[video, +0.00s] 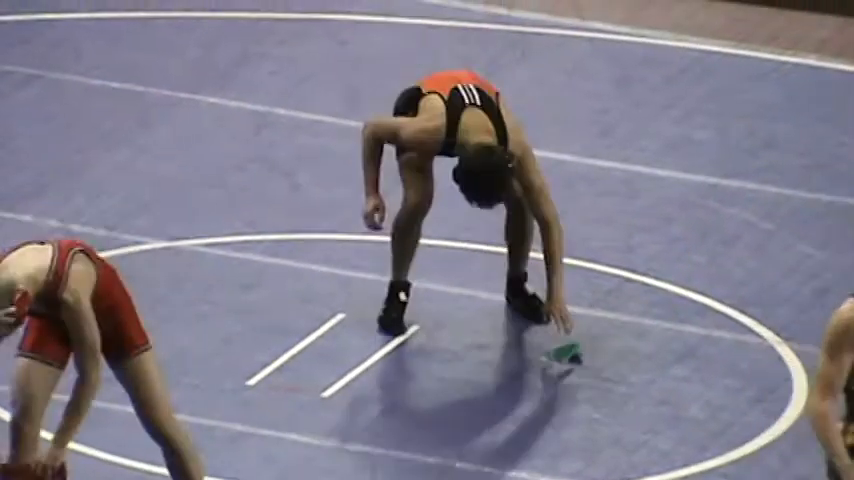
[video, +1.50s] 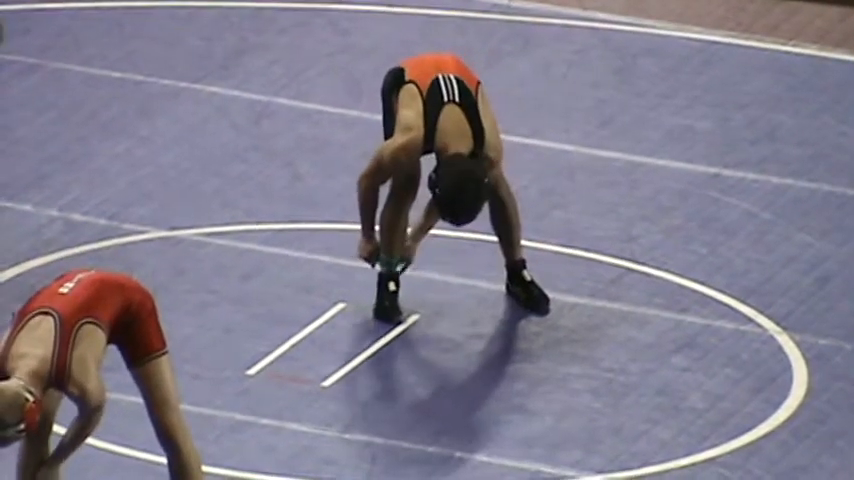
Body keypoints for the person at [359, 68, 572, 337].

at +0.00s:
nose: (488, 207)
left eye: (492, 201)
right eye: (480, 202)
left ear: (505, 173)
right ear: (460, 178)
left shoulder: (517, 148)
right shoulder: (424, 135)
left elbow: (549, 221)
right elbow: (372, 131)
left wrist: (557, 296)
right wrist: (372, 194)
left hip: (486, 98)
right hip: (423, 95)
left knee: (520, 200)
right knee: (417, 202)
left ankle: (516, 287)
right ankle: (397, 292)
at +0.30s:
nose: (496, 223)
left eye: (506, 218)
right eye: (489, 217)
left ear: (524, 183)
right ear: (471, 183)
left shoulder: (534, 159)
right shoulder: (443, 145)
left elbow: (537, 227)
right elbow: (392, 175)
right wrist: (407, 236)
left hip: (497, 86)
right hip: (435, 83)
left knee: (524, 209)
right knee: (431, 192)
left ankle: (516, 279)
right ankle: (395, 278)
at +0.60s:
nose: (478, 199)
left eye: (484, 195)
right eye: (473, 193)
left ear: (508, 165)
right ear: (462, 156)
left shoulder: (521, 140)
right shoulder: (435, 126)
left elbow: (493, 196)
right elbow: (381, 177)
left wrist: (461, 240)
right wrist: (404, 240)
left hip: (489, 71)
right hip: (425, 72)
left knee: (511, 188)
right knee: (416, 185)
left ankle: (513, 273)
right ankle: (391, 280)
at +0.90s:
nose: (451, 205)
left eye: (463, 202)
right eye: (449, 199)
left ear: (479, 176)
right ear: (438, 166)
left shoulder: (502, 145)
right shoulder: (416, 129)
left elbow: (471, 200)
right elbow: (357, 177)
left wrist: (439, 249)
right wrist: (352, 242)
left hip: (475, 76)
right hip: (413, 75)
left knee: (503, 187)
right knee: (407, 190)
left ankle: (514, 275)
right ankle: (390, 283)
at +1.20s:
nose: (447, 216)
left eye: (454, 213)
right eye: (444, 209)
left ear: (477, 187)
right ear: (435, 174)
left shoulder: (492, 153)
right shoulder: (409, 140)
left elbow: (440, 199)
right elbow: (363, 180)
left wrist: (409, 236)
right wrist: (360, 238)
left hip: (469, 80)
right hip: (409, 78)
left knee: (499, 188)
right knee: (404, 189)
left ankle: (518, 275)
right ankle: (389, 281)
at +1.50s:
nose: (448, 220)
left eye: (456, 220)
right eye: (446, 216)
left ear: (482, 186)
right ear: (435, 183)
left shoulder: (490, 154)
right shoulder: (406, 145)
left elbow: (441, 201)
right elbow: (368, 183)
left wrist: (414, 240)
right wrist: (368, 238)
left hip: (464, 79)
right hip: (407, 80)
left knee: (499, 188)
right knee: (404, 188)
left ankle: (518, 274)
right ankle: (389, 282)